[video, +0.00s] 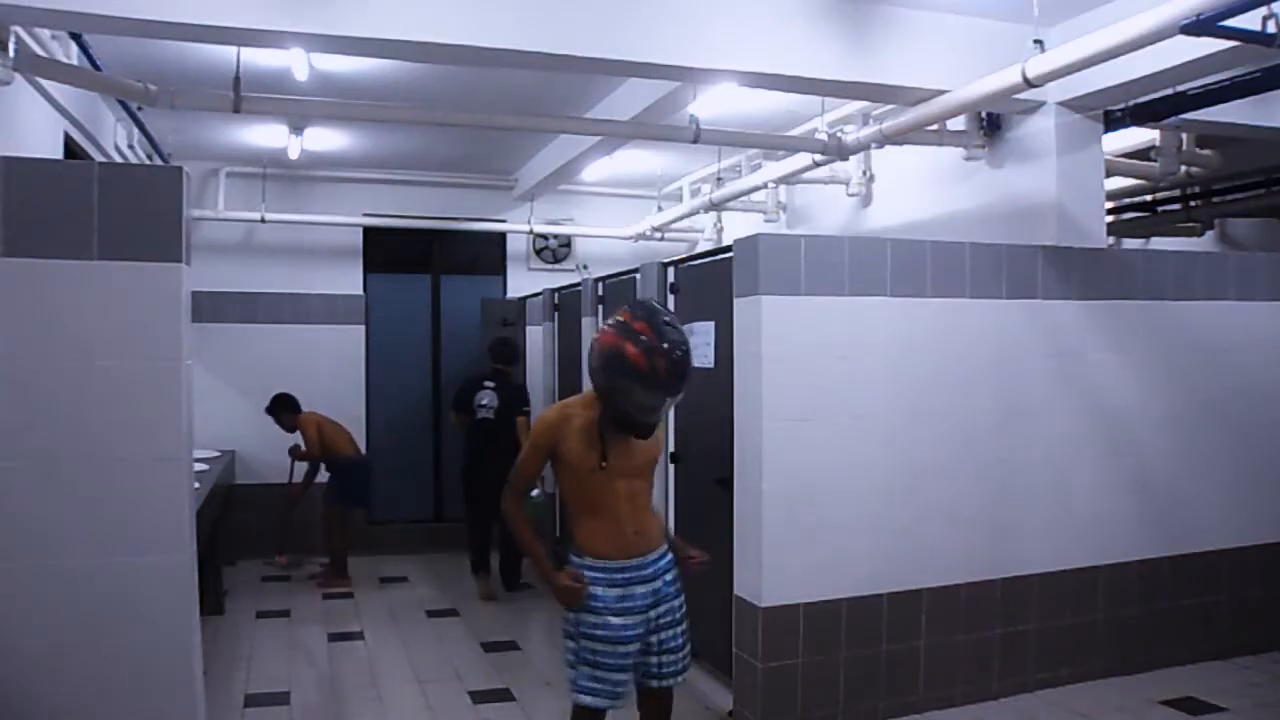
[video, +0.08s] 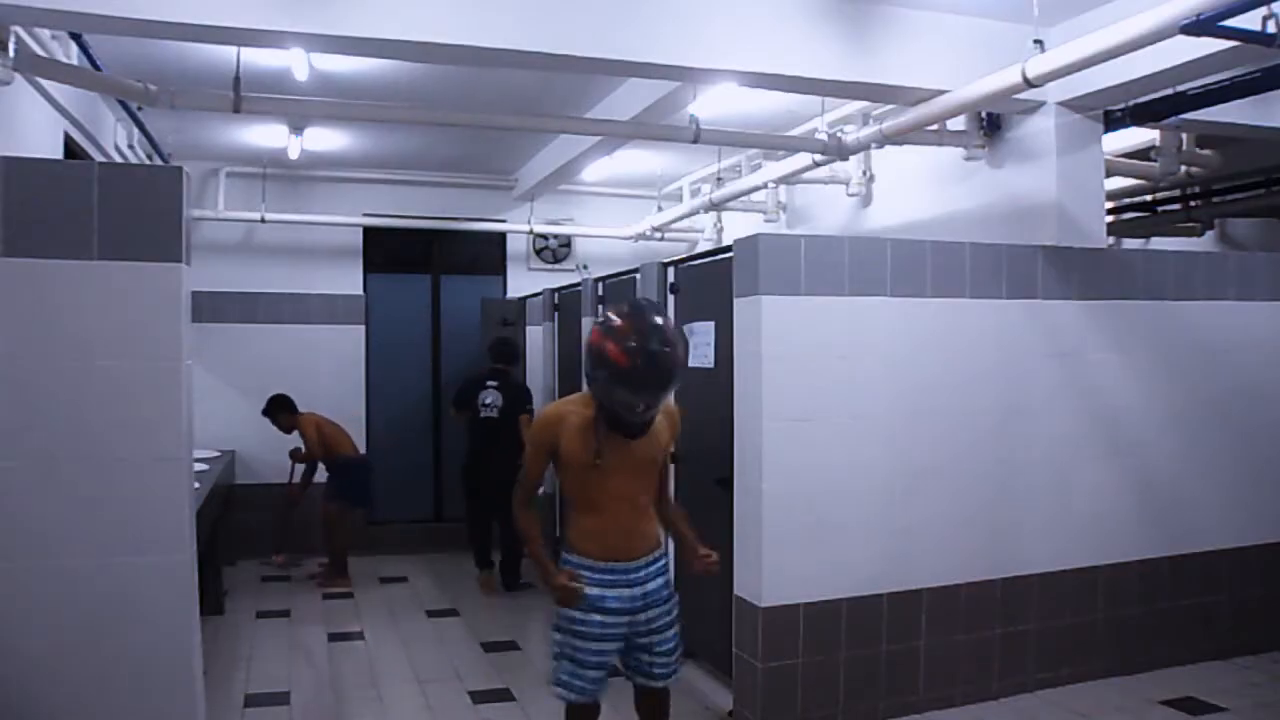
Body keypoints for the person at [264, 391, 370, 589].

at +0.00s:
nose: (280, 426)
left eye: (279, 420)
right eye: (277, 421)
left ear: (287, 413)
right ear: (294, 410)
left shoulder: (307, 421)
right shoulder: (310, 422)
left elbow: (315, 455)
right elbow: (314, 465)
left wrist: (298, 454)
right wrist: (301, 490)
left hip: (348, 470)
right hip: (348, 469)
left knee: (335, 520)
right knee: (334, 519)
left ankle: (340, 574)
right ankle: (336, 569)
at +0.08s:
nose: (277, 427)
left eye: (276, 421)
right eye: (274, 422)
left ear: (285, 414)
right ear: (290, 411)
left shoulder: (306, 422)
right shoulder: (307, 423)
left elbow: (316, 455)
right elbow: (312, 463)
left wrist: (300, 457)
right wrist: (300, 489)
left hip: (348, 470)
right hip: (344, 469)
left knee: (335, 519)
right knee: (332, 518)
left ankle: (339, 574)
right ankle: (336, 568)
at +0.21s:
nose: (275, 427)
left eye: (273, 421)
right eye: (271, 423)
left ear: (282, 414)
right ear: (287, 411)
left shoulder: (306, 422)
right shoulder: (305, 423)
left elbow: (316, 454)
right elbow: (311, 463)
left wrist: (299, 455)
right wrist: (299, 490)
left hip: (348, 470)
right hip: (342, 469)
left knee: (337, 520)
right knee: (332, 519)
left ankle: (341, 574)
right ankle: (336, 568)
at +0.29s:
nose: (274, 427)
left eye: (273, 421)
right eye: (270, 423)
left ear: (282, 412)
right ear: (284, 412)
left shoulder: (307, 422)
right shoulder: (303, 428)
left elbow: (317, 453)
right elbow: (310, 465)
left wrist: (297, 453)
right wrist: (297, 492)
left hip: (349, 469)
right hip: (338, 470)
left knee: (338, 520)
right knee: (331, 519)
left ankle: (344, 575)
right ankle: (336, 568)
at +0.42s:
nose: (273, 427)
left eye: (273, 421)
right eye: (270, 423)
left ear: (283, 412)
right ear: (284, 412)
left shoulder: (308, 422)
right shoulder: (300, 430)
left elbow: (325, 447)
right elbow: (309, 466)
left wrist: (297, 451)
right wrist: (296, 492)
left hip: (350, 471)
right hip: (335, 472)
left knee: (342, 523)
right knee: (328, 520)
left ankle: (345, 578)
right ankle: (334, 567)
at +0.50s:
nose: (274, 428)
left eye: (273, 422)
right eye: (270, 424)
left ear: (284, 414)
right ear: (285, 413)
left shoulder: (314, 422)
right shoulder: (299, 435)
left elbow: (333, 448)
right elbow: (308, 468)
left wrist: (300, 450)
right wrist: (297, 495)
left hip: (352, 471)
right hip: (333, 473)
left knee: (346, 523)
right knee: (327, 519)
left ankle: (345, 580)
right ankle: (334, 567)